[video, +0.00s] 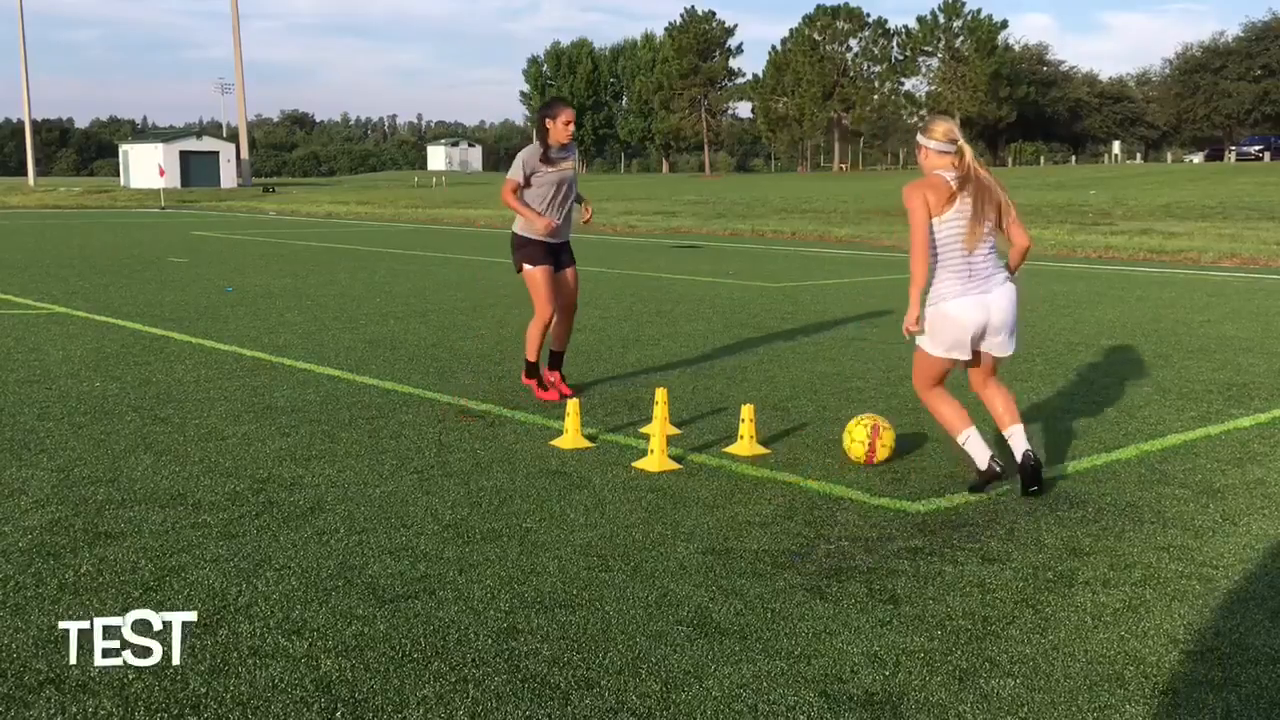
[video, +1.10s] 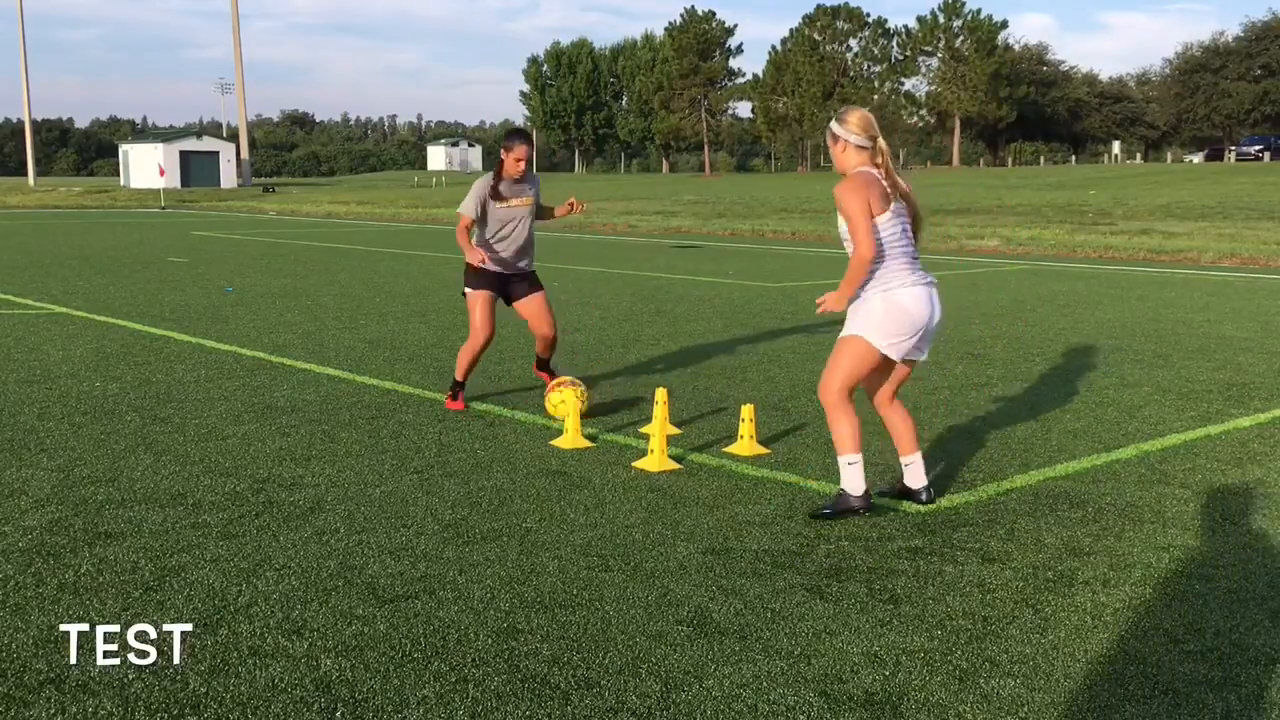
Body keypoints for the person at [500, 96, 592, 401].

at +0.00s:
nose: (572, 129)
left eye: (573, 124)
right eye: (566, 124)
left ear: (572, 126)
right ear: (548, 124)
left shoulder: (569, 153)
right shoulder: (529, 155)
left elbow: (564, 187)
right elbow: (507, 194)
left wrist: (583, 201)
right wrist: (535, 218)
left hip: (560, 241)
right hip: (531, 241)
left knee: (568, 307)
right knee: (545, 311)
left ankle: (553, 372)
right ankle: (531, 374)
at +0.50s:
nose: (591, 160)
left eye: (593, 155)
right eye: (586, 155)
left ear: (593, 155)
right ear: (569, 151)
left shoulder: (583, 177)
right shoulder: (551, 178)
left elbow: (582, 206)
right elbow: (521, 213)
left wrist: (607, 225)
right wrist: (527, 249)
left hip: (567, 256)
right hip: (542, 256)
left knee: (580, 316)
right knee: (574, 315)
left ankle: (570, 374)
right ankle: (536, 367)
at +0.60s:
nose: (590, 172)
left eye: (593, 166)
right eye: (586, 165)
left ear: (595, 165)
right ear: (569, 162)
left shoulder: (586, 189)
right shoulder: (546, 186)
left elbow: (601, 217)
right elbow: (510, 214)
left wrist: (628, 239)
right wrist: (501, 254)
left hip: (553, 258)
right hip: (533, 257)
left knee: (576, 313)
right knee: (586, 299)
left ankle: (570, 371)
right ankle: (565, 359)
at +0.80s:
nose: (580, 186)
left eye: (583, 181)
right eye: (575, 180)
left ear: (586, 179)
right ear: (560, 175)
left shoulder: (583, 205)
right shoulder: (535, 195)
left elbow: (611, 228)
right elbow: (502, 222)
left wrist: (644, 239)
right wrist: (489, 260)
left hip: (540, 266)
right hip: (513, 262)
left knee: (571, 315)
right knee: (568, 296)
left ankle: (568, 374)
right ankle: (585, 367)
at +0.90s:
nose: (564, 182)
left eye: (567, 176)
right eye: (559, 176)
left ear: (570, 174)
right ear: (543, 171)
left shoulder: (571, 198)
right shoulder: (522, 195)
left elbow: (596, 222)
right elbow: (490, 224)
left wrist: (617, 221)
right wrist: (480, 262)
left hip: (538, 268)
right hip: (507, 266)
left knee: (566, 323)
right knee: (542, 308)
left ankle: (568, 378)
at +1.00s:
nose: (542, 173)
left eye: (545, 167)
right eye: (537, 167)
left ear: (548, 164)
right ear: (522, 162)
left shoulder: (551, 188)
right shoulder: (500, 188)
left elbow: (566, 216)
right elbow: (471, 225)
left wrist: (581, 211)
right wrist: (470, 258)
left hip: (531, 273)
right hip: (497, 272)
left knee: (555, 329)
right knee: (497, 336)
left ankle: (563, 375)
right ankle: (460, 389)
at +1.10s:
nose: (523, 166)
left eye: (527, 160)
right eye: (518, 160)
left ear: (531, 158)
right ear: (503, 156)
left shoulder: (532, 182)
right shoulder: (484, 186)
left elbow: (534, 212)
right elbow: (462, 228)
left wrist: (560, 212)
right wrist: (468, 249)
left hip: (520, 271)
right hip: (485, 270)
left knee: (548, 333)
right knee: (482, 333)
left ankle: (542, 367)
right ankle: (457, 388)